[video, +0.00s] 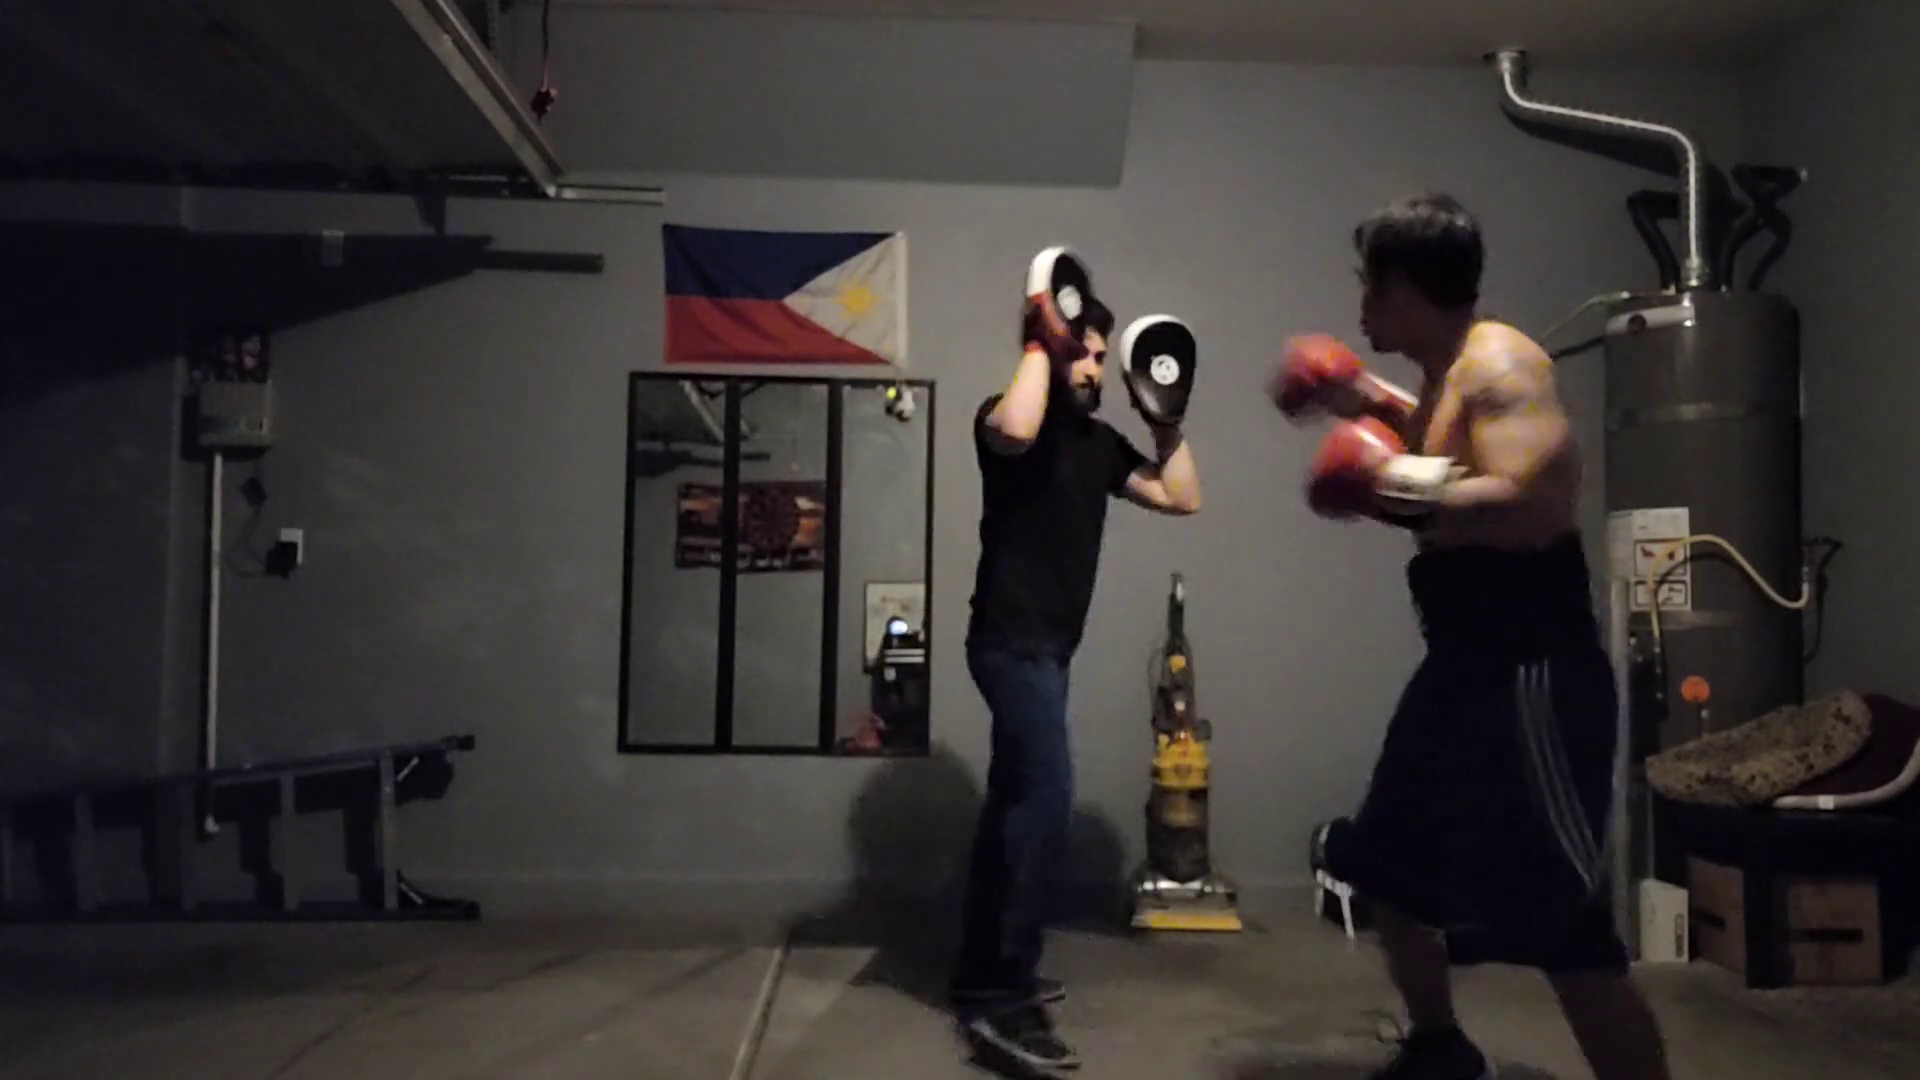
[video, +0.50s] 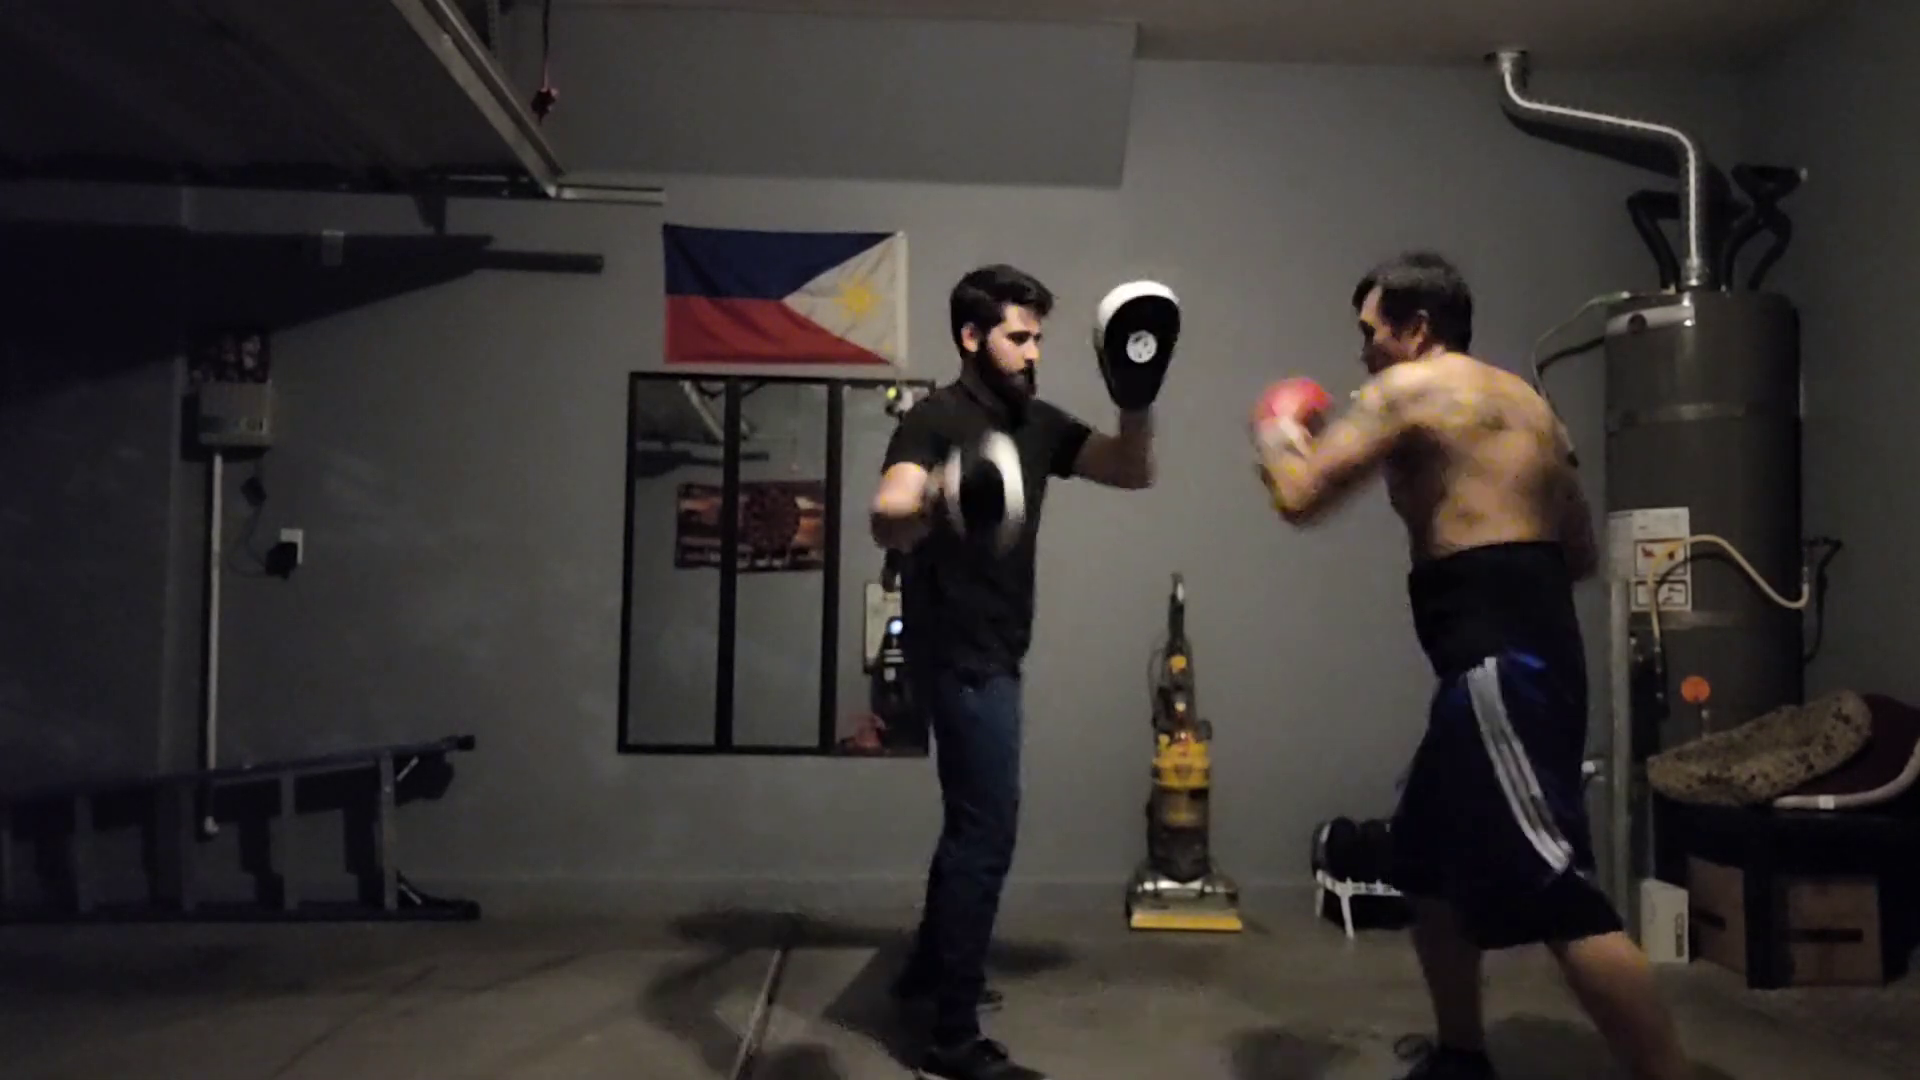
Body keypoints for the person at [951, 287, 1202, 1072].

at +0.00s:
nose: (1095, 355)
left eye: (1100, 345)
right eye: (1083, 343)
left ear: (1101, 353)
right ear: (1049, 348)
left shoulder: (1096, 436)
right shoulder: (1010, 414)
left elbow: (1180, 497)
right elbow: (1017, 429)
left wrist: (1164, 415)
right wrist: (1041, 345)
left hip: (1051, 648)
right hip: (1010, 644)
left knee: (1015, 810)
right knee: (1043, 799)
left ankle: (993, 983)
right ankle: (995, 995)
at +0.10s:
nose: (1088, 362)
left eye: (1088, 353)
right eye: (1073, 350)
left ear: (1071, 366)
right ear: (1028, 361)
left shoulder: (1079, 445)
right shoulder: (1001, 416)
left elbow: (1160, 503)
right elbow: (1049, 402)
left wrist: (1147, 417)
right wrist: (1106, 341)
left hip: (1044, 655)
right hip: (1000, 652)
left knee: (1042, 810)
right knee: (1013, 808)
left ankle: (990, 957)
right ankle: (969, 1004)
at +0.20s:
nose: (1067, 376)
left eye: (1070, 362)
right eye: (1054, 362)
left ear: (1051, 369)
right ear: (1009, 365)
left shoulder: (1064, 451)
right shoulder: (985, 421)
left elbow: (1149, 506)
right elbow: (1027, 385)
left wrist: (1128, 418)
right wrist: (1087, 313)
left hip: (1041, 665)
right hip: (994, 662)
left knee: (1037, 815)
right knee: (1001, 818)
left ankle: (987, 960)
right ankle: (958, 1026)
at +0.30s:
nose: (1045, 356)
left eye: (1049, 343)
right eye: (1032, 341)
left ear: (1050, 356)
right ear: (992, 350)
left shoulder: (1060, 436)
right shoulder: (962, 424)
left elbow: (1144, 495)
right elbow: (953, 444)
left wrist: (1138, 404)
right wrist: (1031, 365)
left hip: (1033, 657)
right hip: (981, 658)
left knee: (1001, 828)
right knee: (982, 837)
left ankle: (984, 964)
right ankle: (954, 1033)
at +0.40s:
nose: (1032, 352)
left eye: (1040, 341)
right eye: (1017, 339)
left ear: (1047, 346)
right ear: (974, 342)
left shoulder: (1056, 420)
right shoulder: (938, 419)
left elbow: (1149, 465)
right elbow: (892, 500)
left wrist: (1165, 388)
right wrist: (965, 435)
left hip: (1021, 654)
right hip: (965, 654)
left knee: (986, 832)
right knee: (976, 841)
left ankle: (928, 973)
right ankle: (952, 1033)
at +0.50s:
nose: (1033, 353)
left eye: (1038, 338)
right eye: (1019, 338)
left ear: (1034, 340)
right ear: (973, 338)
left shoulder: (1035, 420)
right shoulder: (937, 417)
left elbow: (1131, 470)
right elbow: (888, 509)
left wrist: (1135, 395)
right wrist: (938, 492)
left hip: (997, 657)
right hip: (955, 657)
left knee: (979, 828)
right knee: (984, 837)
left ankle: (930, 978)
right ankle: (952, 1033)